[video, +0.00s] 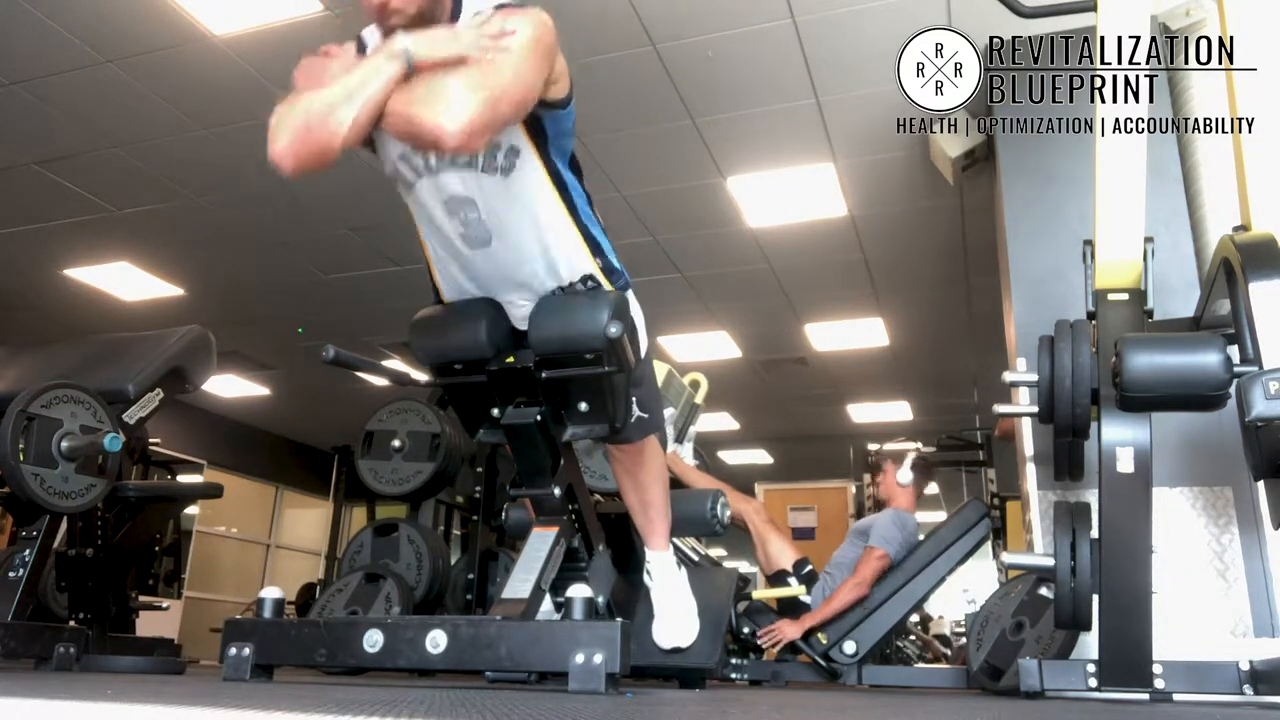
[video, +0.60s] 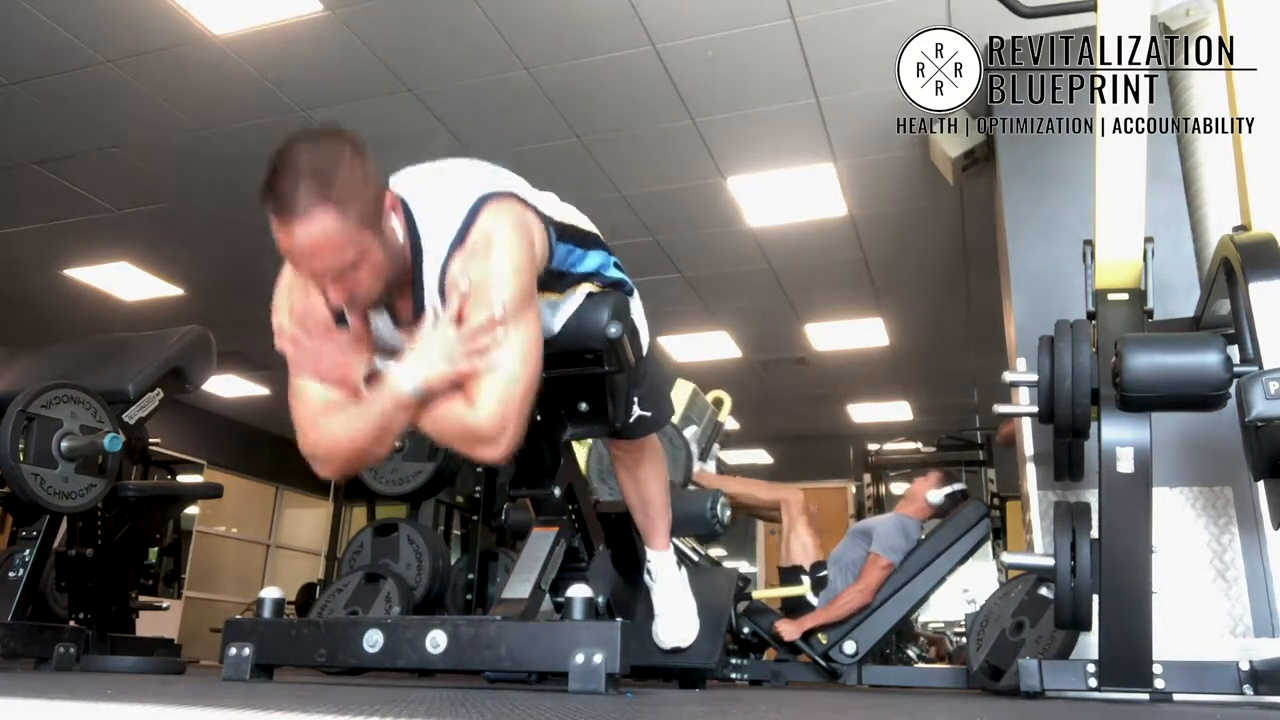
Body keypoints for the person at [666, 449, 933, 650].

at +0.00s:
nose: (880, 478)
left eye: (885, 472)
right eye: (883, 472)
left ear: (902, 478)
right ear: (909, 481)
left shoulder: (893, 522)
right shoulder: (900, 522)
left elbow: (861, 585)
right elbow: (862, 584)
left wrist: (801, 624)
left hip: (810, 604)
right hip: (815, 599)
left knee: (752, 508)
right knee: (754, 512)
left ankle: (670, 460)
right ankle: (680, 467)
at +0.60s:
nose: (918, 479)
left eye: (926, 479)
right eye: (925, 476)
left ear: (930, 496)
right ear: (931, 503)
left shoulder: (898, 526)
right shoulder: (903, 526)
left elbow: (864, 593)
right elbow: (864, 591)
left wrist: (801, 624)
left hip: (812, 604)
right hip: (817, 600)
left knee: (794, 499)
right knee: (793, 500)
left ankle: (699, 474)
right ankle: (711, 476)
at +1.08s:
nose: (919, 479)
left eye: (928, 479)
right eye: (927, 477)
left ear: (932, 498)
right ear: (935, 504)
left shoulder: (896, 528)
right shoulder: (905, 527)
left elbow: (865, 593)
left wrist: (801, 624)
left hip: (816, 606)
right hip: (822, 601)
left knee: (828, 499)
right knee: (828, 504)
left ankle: (725, 498)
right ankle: (735, 509)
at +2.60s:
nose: (917, 480)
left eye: (926, 480)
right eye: (925, 478)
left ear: (931, 500)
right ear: (931, 504)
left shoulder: (897, 529)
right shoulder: (903, 529)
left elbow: (864, 595)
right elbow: (866, 593)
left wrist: (804, 623)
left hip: (811, 601)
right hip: (814, 597)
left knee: (783, 497)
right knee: (785, 505)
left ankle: (691, 469)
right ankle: (705, 481)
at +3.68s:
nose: (916, 481)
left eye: (926, 480)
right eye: (924, 478)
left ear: (931, 497)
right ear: (934, 503)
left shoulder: (896, 528)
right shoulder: (905, 528)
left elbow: (865, 595)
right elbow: (865, 594)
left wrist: (802, 624)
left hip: (818, 606)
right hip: (823, 602)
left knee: (826, 498)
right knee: (825, 504)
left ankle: (725, 497)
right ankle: (733, 510)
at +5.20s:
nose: (889, 479)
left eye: (898, 474)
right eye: (893, 472)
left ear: (917, 488)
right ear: (914, 489)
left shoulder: (895, 528)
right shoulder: (901, 526)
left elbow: (865, 595)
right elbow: (866, 592)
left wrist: (802, 625)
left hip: (812, 602)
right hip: (817, 594)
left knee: (790, 498)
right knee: (787, 501)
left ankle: (698, 471)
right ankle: (712, 481)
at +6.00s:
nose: (868, 492)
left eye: (869, 484)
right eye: (867, 485)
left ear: (882, 480)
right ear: (897, 481)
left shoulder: (893, 523)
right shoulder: (895, 522)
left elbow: (882, 586)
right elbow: (876, 584)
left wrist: (815, 606)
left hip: (813, 599)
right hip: (816, 596)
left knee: (754, 510)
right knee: (757, 513)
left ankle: (671, 458)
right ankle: (684, 464)